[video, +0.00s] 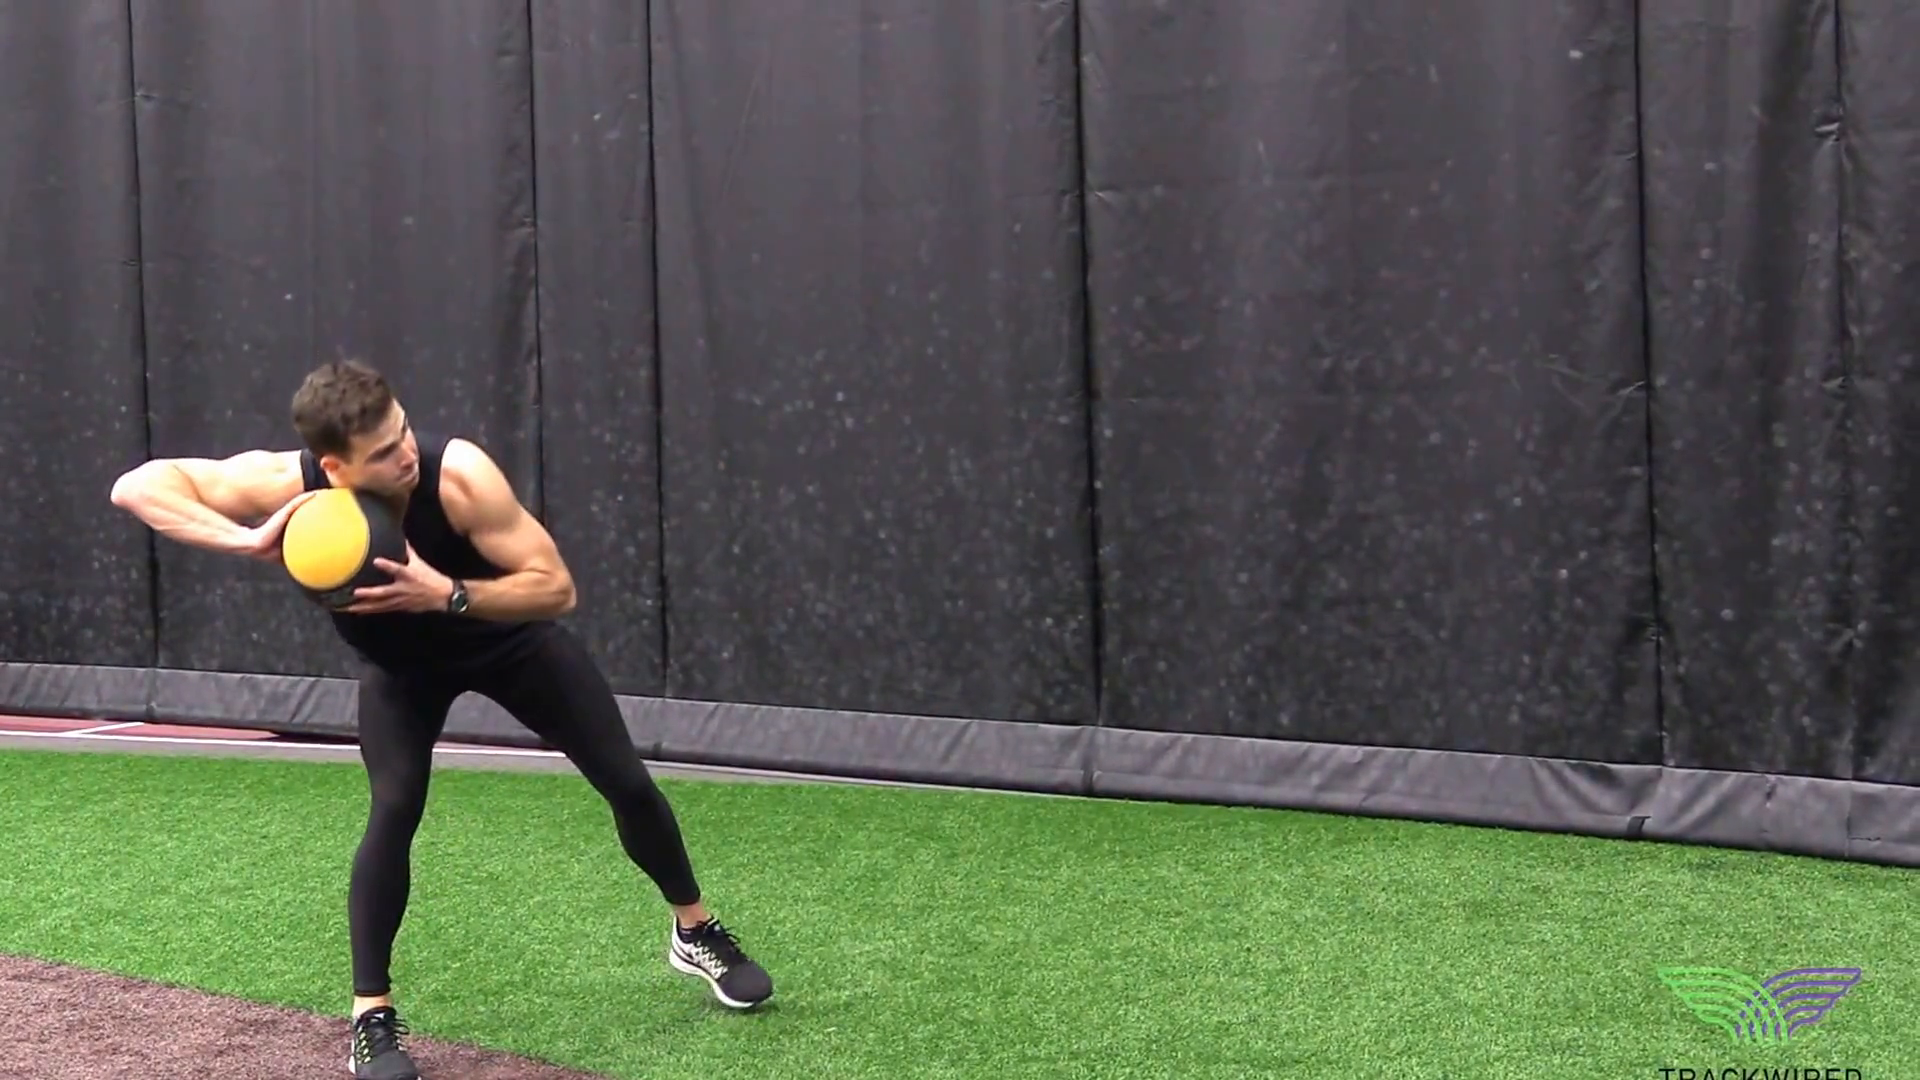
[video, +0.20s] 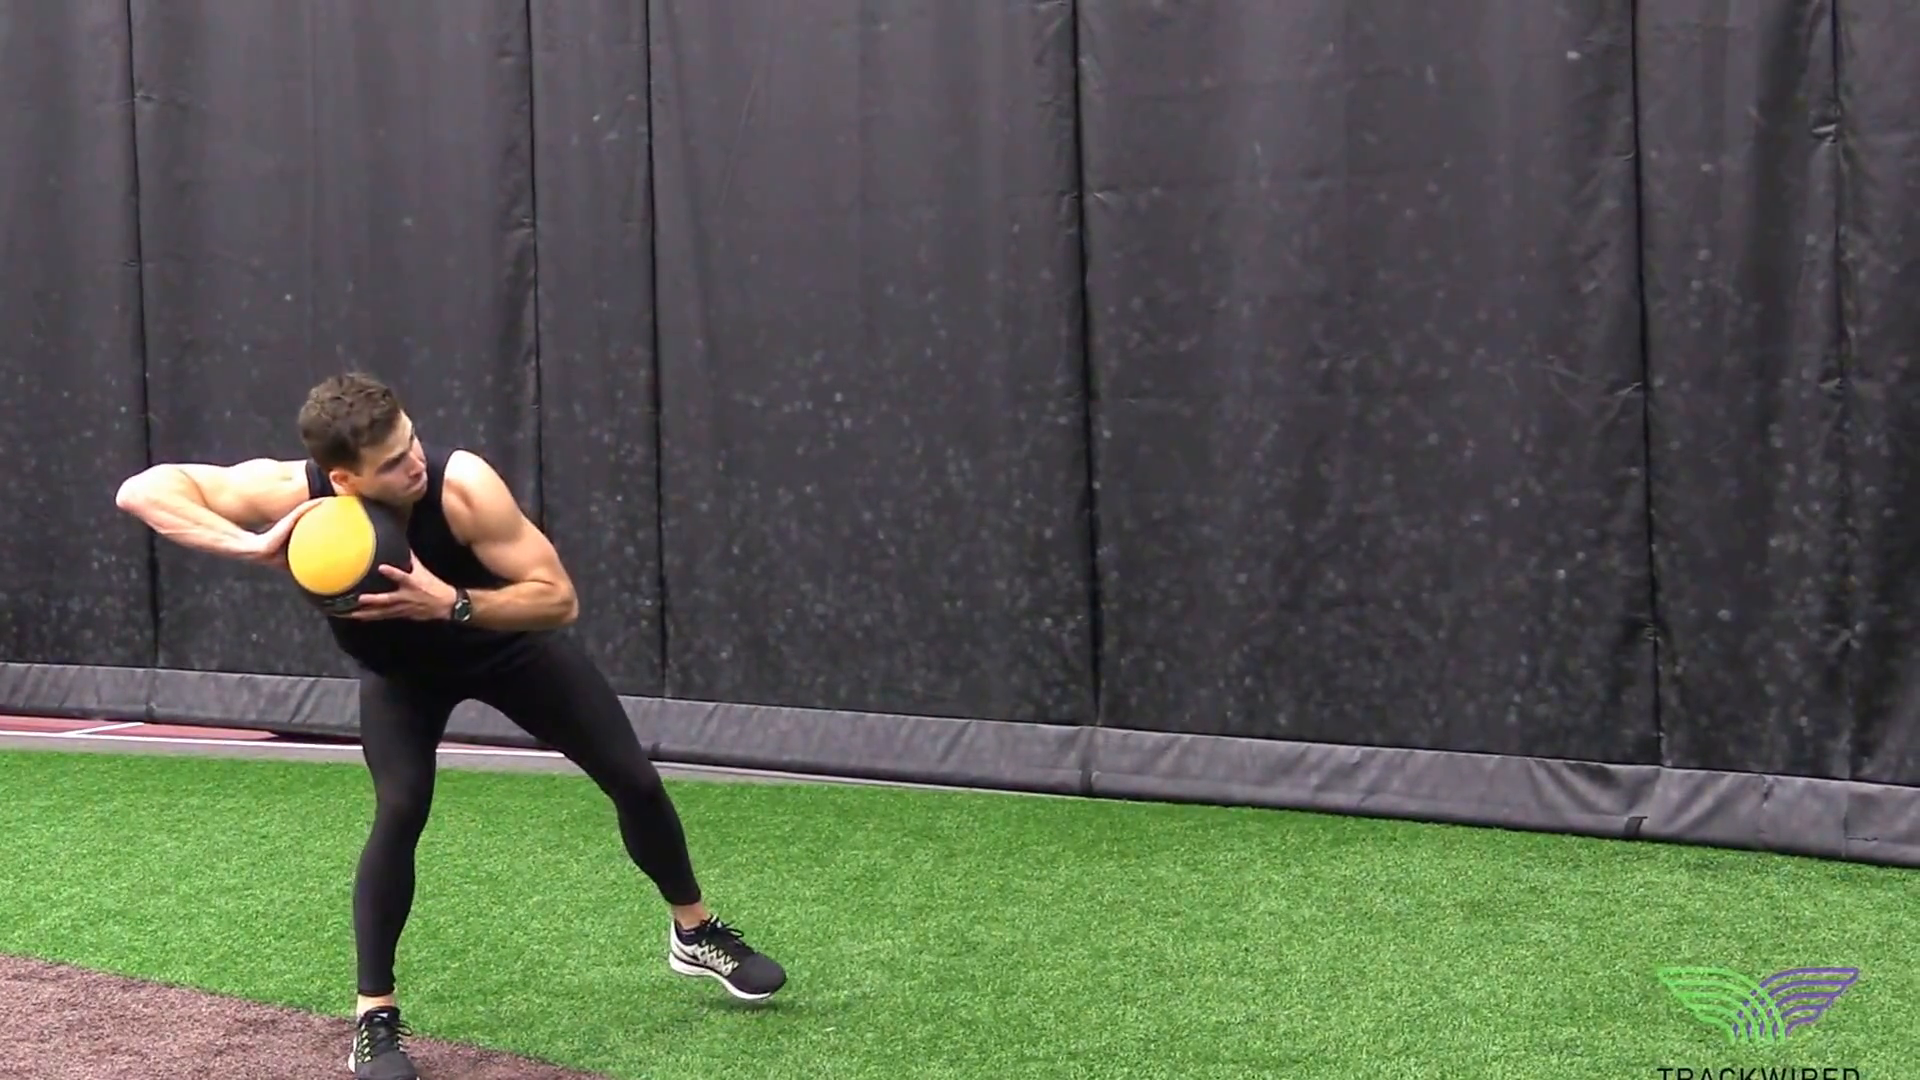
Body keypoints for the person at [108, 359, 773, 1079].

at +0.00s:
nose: (407, 454)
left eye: (405, 434)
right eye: (384, 453)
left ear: (408, 414)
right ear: (331, 465)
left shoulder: (462, 474)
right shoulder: (288, 484)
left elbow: (556, 589)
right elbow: (135, 486)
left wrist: (449, 593)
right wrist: (240, 539)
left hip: (516, 639)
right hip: (402, 663)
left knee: (628, 781)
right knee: (395, 806)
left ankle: (699, 929)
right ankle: (373, 1013)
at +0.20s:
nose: (416, 462)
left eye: (413, 444)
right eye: (394, 462)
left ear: (415, 425)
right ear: (341, 476)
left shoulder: (467, 485)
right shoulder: (294, 493)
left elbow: (559, 600)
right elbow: (140, 490)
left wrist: (451, 602)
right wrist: (244, 545)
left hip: (514, 648)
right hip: (401, 669)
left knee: (635, 778)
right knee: (401, 808)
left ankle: (698, 932)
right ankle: (375, 1017)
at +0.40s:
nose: (434, 456)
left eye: (430, 438)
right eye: (412, 456)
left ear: (429, 418)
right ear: (358, 475)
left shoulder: (482, 482)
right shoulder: (311, 495)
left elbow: (571, 597)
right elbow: (157, 495)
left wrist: (470, 596)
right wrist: (261, 544)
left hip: (515, 653)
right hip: (407, 675)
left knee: (650, 778)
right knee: (421, 812)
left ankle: (690, 935)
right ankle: (381, 1012)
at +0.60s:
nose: (464, 421)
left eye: (459, 404)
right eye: (443, 419)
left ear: (460, 401)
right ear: (389, 446)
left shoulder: (505, 447)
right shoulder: (335, 487)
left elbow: (600, 554)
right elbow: (184, 505)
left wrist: (508, 554)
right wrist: (297, 531)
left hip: (528, 661)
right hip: (423, 683)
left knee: (665, 781)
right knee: (450, 819)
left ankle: (672, 947)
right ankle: (384, 1017)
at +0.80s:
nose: (494, 338)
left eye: (486, 326)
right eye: (475, 337)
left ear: (481, 339)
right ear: (431, 370)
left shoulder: (529, 382)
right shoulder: (384, 451)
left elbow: (648, 457)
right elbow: (249, 517)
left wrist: (569, 429)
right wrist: (372, 483)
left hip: (539, 651)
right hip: (454, 667)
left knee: (680, 770)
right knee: (492, 822)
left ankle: (657, 965)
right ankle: (390, 1013)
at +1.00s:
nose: (502, 248)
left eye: (493, 237)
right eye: (488, 243)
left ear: (460, 280)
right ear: (462, 277)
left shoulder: (522, 334)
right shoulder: (447, 378)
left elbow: (627, 338)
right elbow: (430, 448)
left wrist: (607, 294)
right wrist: (530, 347)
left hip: (573, 618)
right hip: (529, 627)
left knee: (665, 763)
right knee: (550, 810)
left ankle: (662, 963)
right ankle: (395, 985)